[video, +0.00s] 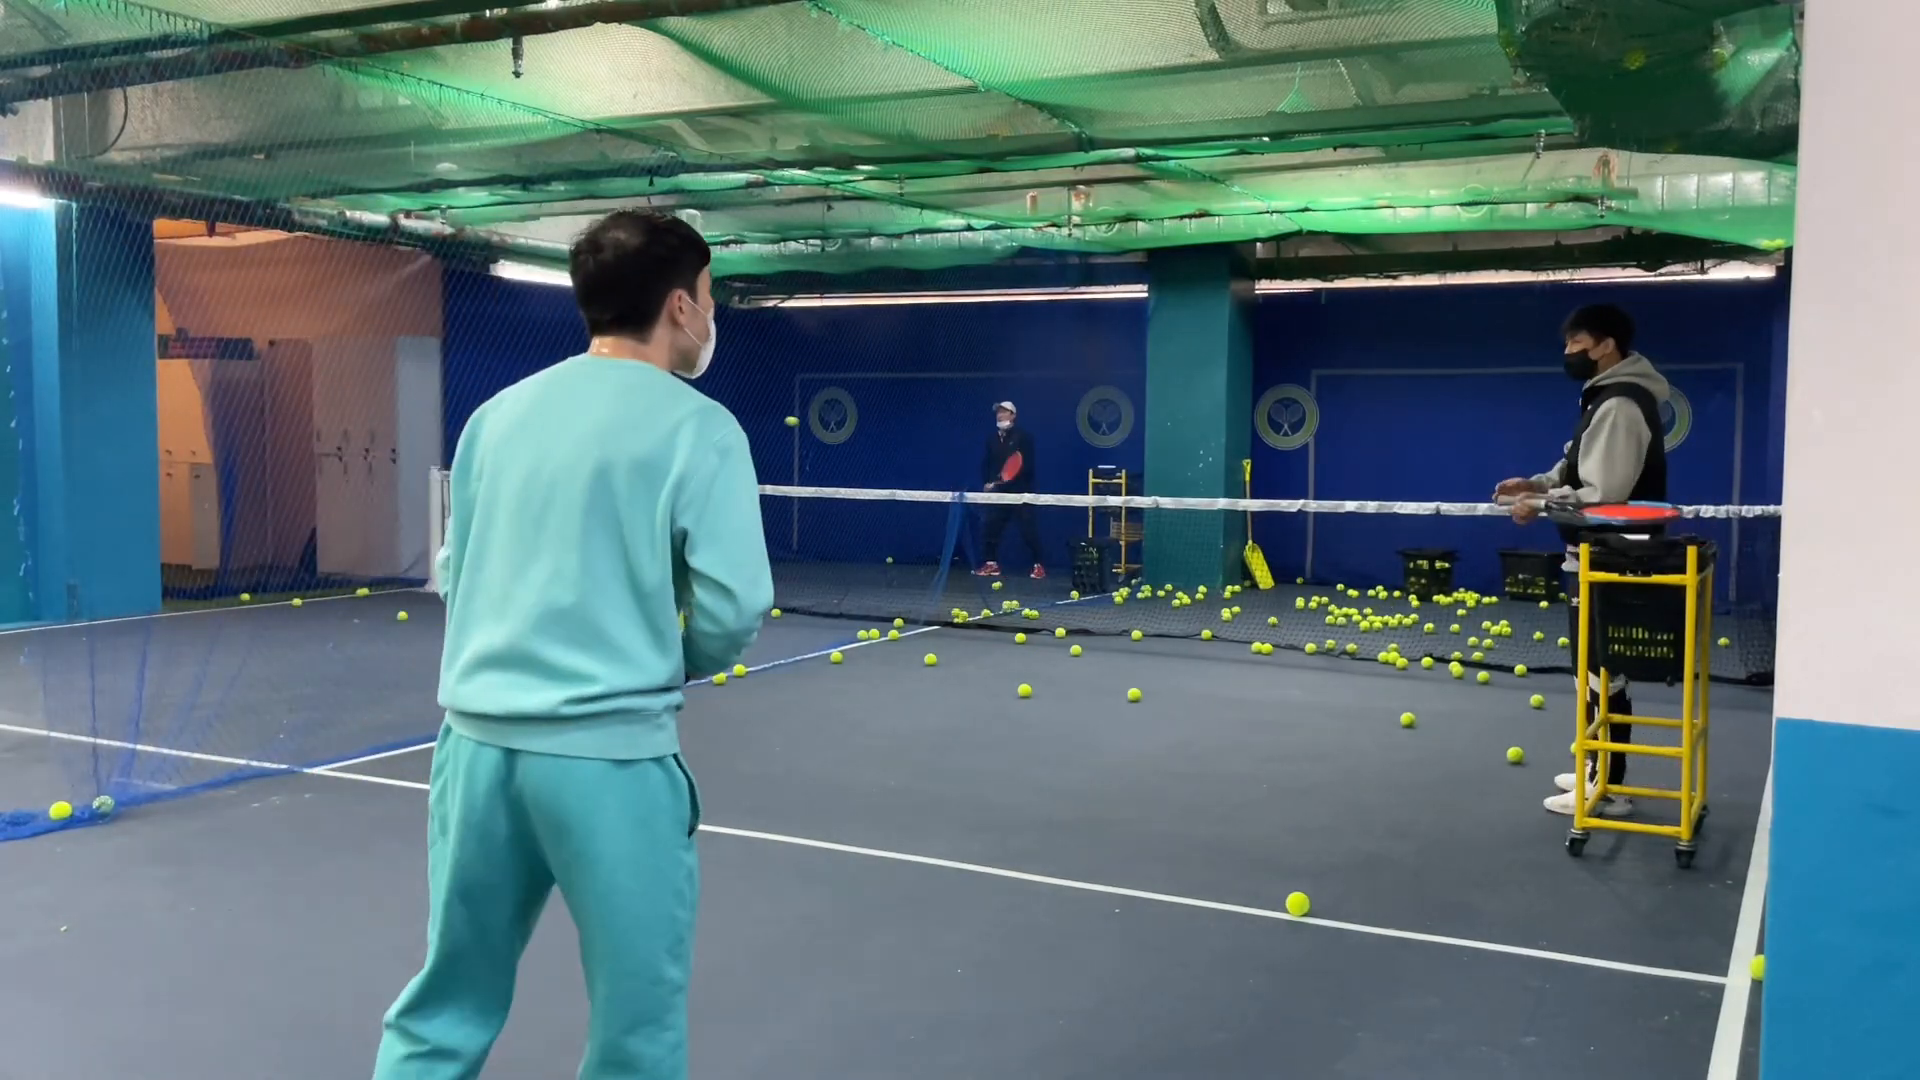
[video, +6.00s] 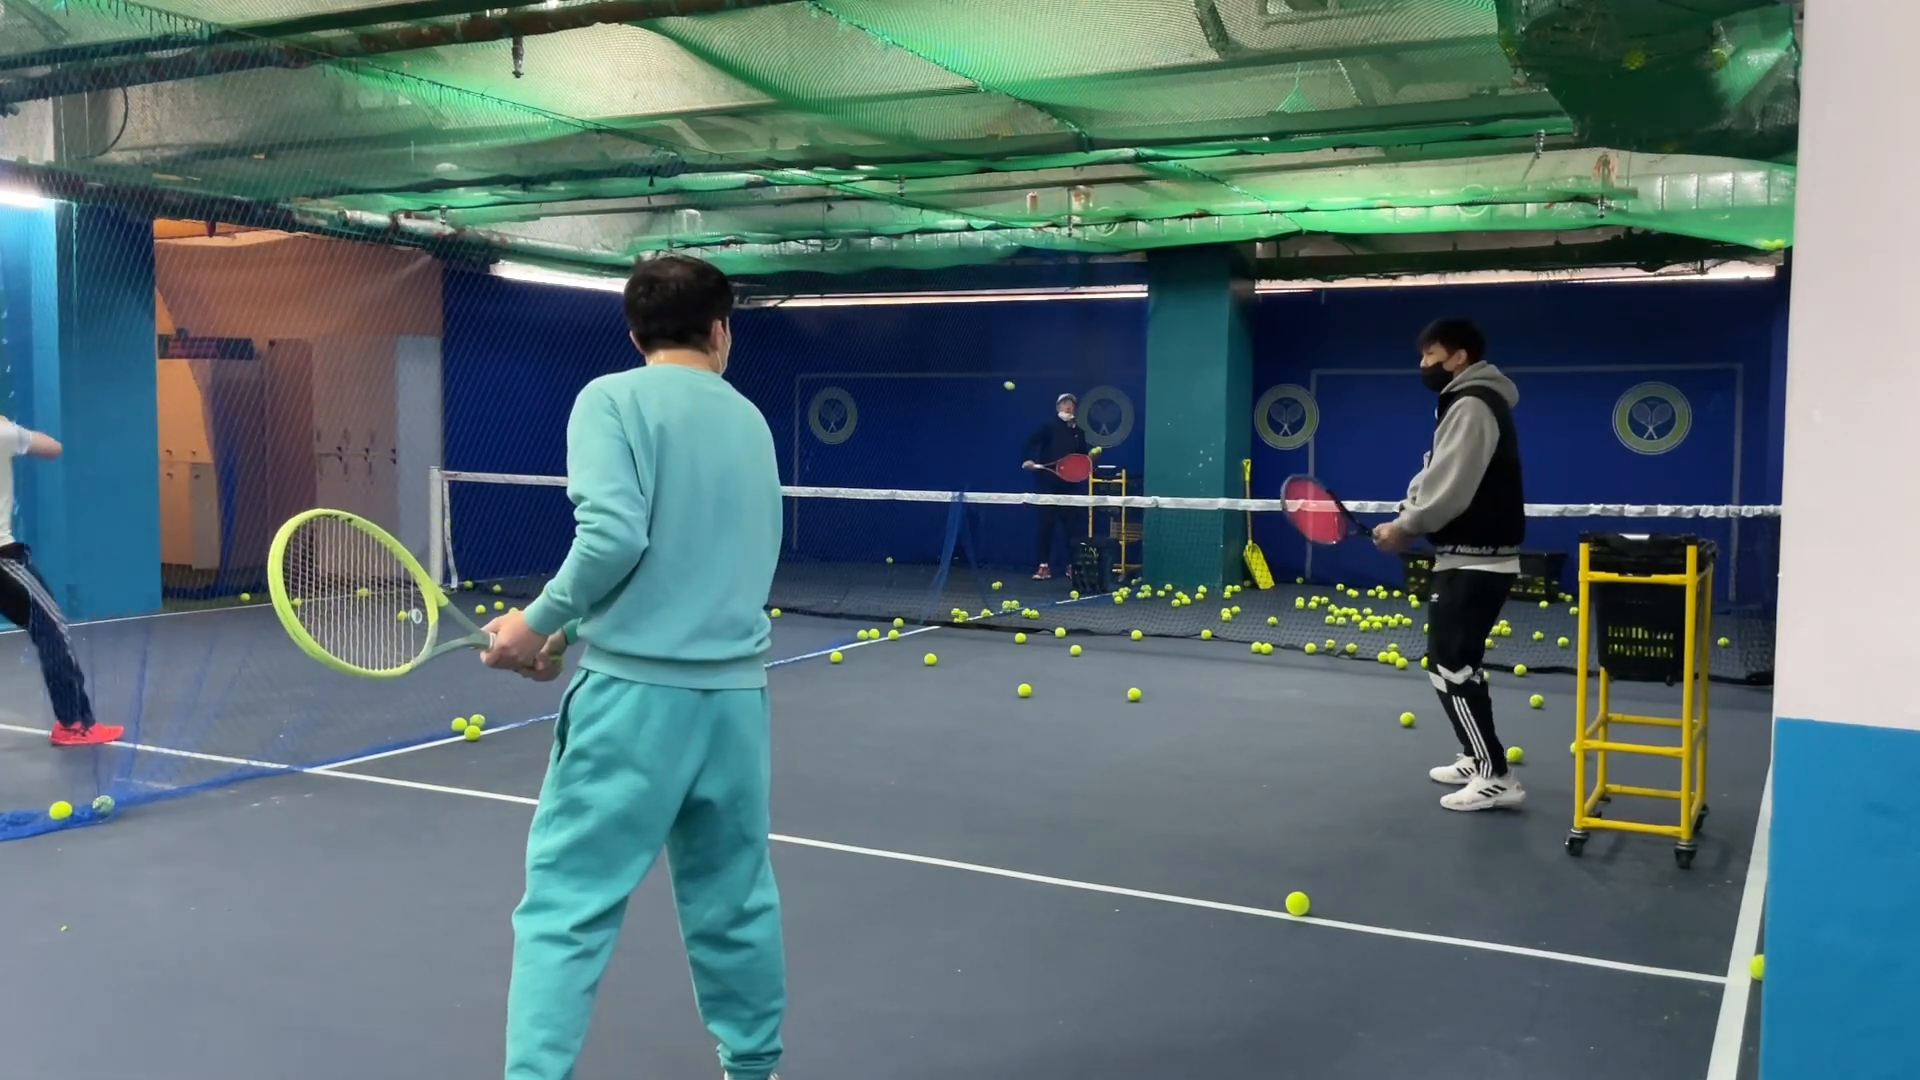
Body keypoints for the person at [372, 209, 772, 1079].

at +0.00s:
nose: (711, 314)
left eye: (712, 295)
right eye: (708, 295)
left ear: (597, 306)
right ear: (678, 305)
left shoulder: (494, 417)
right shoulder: (698, 426)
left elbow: (454, 579)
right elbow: (730, 605)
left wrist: (535, 636)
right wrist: (666, 655)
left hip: (474, 754)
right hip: (612, 764)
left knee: (445, 1006)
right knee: (639, 1029)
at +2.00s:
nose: (615, 302)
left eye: (614, 282)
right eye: (611, 282)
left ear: (497, 293)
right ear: (578, 291)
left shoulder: (414, 413)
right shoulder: (622, 415)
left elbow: (393, 577)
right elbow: (653, 589)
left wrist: (484, 616)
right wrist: (566, 627)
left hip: (439, 761)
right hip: (582, 767)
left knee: (418, 1020)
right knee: (625, 1020)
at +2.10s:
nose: (640, 295)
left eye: (638, 276)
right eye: (636, 277)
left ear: (526, 292)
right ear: (606, 289)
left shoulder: (443, 410)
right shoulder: (656, 417)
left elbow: (414, 576)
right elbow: (673, 587)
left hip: (468, 760)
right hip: (610, 767)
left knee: (438, 1010)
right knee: (641, 1018)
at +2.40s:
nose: (707, 300)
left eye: (705, 283)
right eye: (704, 283)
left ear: (599, 293)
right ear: (681, 290)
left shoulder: (516, 400)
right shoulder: (730, 413)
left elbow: (457, 565)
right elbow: (713, 534)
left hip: (541, 745)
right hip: (680, 748)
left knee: (492, 988)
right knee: (665, 1002)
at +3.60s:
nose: (739, 335)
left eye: (738, 322)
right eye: (737, 322)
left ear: (639, 328)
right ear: (722, 326)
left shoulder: (608, 405)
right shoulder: (748, 419)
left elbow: (596, 550)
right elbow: (685, 556)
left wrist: (484, 549)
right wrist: (520, 577)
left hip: (629, 716)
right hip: (740, 714)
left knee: (566, 927)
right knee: (737, 905)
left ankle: (545, 1071)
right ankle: (757, 1064)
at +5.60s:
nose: (733, 339)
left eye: (728, 326)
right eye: (732, 327)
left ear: (639, 332)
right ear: (717, 331)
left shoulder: (615, 399)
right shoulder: (749, 419)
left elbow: (624, 533)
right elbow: (725, 561)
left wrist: (538, 620)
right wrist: (568, 630)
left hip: (637, 699)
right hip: (740, 703)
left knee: (569, 910)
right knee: (736, 897)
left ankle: (537, 1069)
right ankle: (754, 1064)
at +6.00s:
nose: (733, 339)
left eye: (729, 326)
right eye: (732, 327)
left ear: (640, 332)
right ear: (718, 331)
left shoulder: (610, 400)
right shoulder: (751, 422)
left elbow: (616, 533)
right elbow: (721, 563)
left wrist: (535, 621)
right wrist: (574, 631)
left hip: (630, 702)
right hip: (737, 705)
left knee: (567, 911)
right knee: (735, 898)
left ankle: (536, 1069)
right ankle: (754, 1064)